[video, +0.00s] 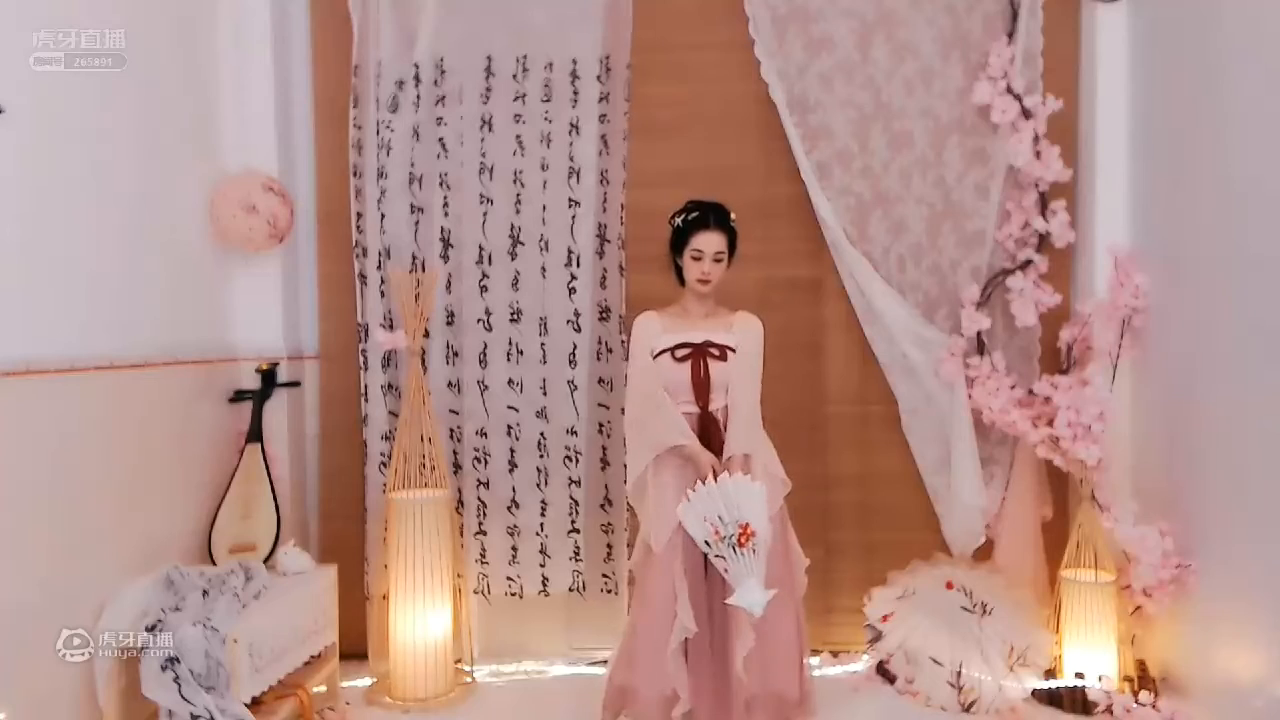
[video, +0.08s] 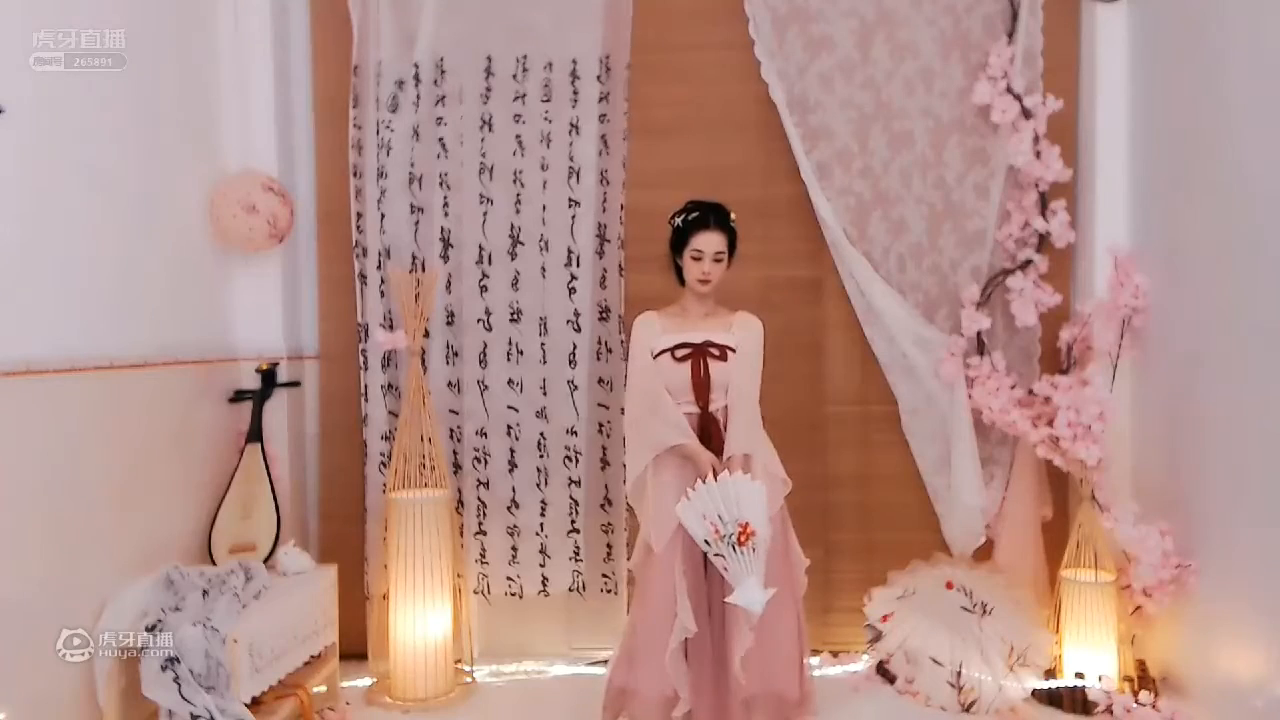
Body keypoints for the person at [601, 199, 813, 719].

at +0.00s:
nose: (707, 269)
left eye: (717, 259)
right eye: (697, 257)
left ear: (730, 263)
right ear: (678, 259)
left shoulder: (747, 327)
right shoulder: (650, 326)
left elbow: (748, 408)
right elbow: (648, 407)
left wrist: (743, 468)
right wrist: (695, 454)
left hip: (739, 464)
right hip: (674, 465)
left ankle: (745, 699)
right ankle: (674, 699)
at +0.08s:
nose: (707, 269)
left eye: (718, 259)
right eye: (697, 257)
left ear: (730, 263)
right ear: (678, 259)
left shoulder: (747, 327)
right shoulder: (649, 326)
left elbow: (747, 406)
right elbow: (649, 408)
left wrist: (742, 465)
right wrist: (696, 455)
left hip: (739, 467)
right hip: (675, 469)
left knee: (743, 587)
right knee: (678, 586)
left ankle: (744, 702)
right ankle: (678, 704)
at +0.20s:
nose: (707, 269)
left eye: (717, 259)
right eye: (697, 257)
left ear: (730, 264)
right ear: (678, 259)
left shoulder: (747, 327)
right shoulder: (650, 327)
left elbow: (752, 408)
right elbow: (649, 408)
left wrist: (746, 465)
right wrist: (695, 451)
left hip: (741, 464)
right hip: (676, 465)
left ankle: (748, 699)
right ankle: (678, 699)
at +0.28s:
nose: (707, 270)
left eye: (717, 259)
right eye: (697, 257)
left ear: (730, 264)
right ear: (678, 259)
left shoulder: (747, 327)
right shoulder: (650, 327)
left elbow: (753, 406)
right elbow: (649, 408)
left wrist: (745, 460)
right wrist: (695, 451)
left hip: (741, 465)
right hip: (676, 465)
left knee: (749, 583)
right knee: (679, 580)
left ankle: (748, 699)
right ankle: (679, 700)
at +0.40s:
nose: (707, 270)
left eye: (717, 260)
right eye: (697, 258)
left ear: (730, 265)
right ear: (678, 260)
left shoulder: (746, 328)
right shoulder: (650, 327)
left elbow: (751, 407)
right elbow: (649, 410)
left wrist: (740, 459)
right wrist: (699, 453)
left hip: (740, 463)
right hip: (675, 463)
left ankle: (748, 697)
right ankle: (680, 697)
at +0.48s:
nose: (707, 270)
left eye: (718, 259)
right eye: (697, 258)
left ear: (730, 264)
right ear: (678, 259)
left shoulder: (746, 328)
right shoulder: (649, 327)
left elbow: (749, 408)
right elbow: (647, 409)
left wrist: (741, 460)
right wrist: (698, 453)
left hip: (740, 465)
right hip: (675, 465)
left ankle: (748, 699)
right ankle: (680, 700)